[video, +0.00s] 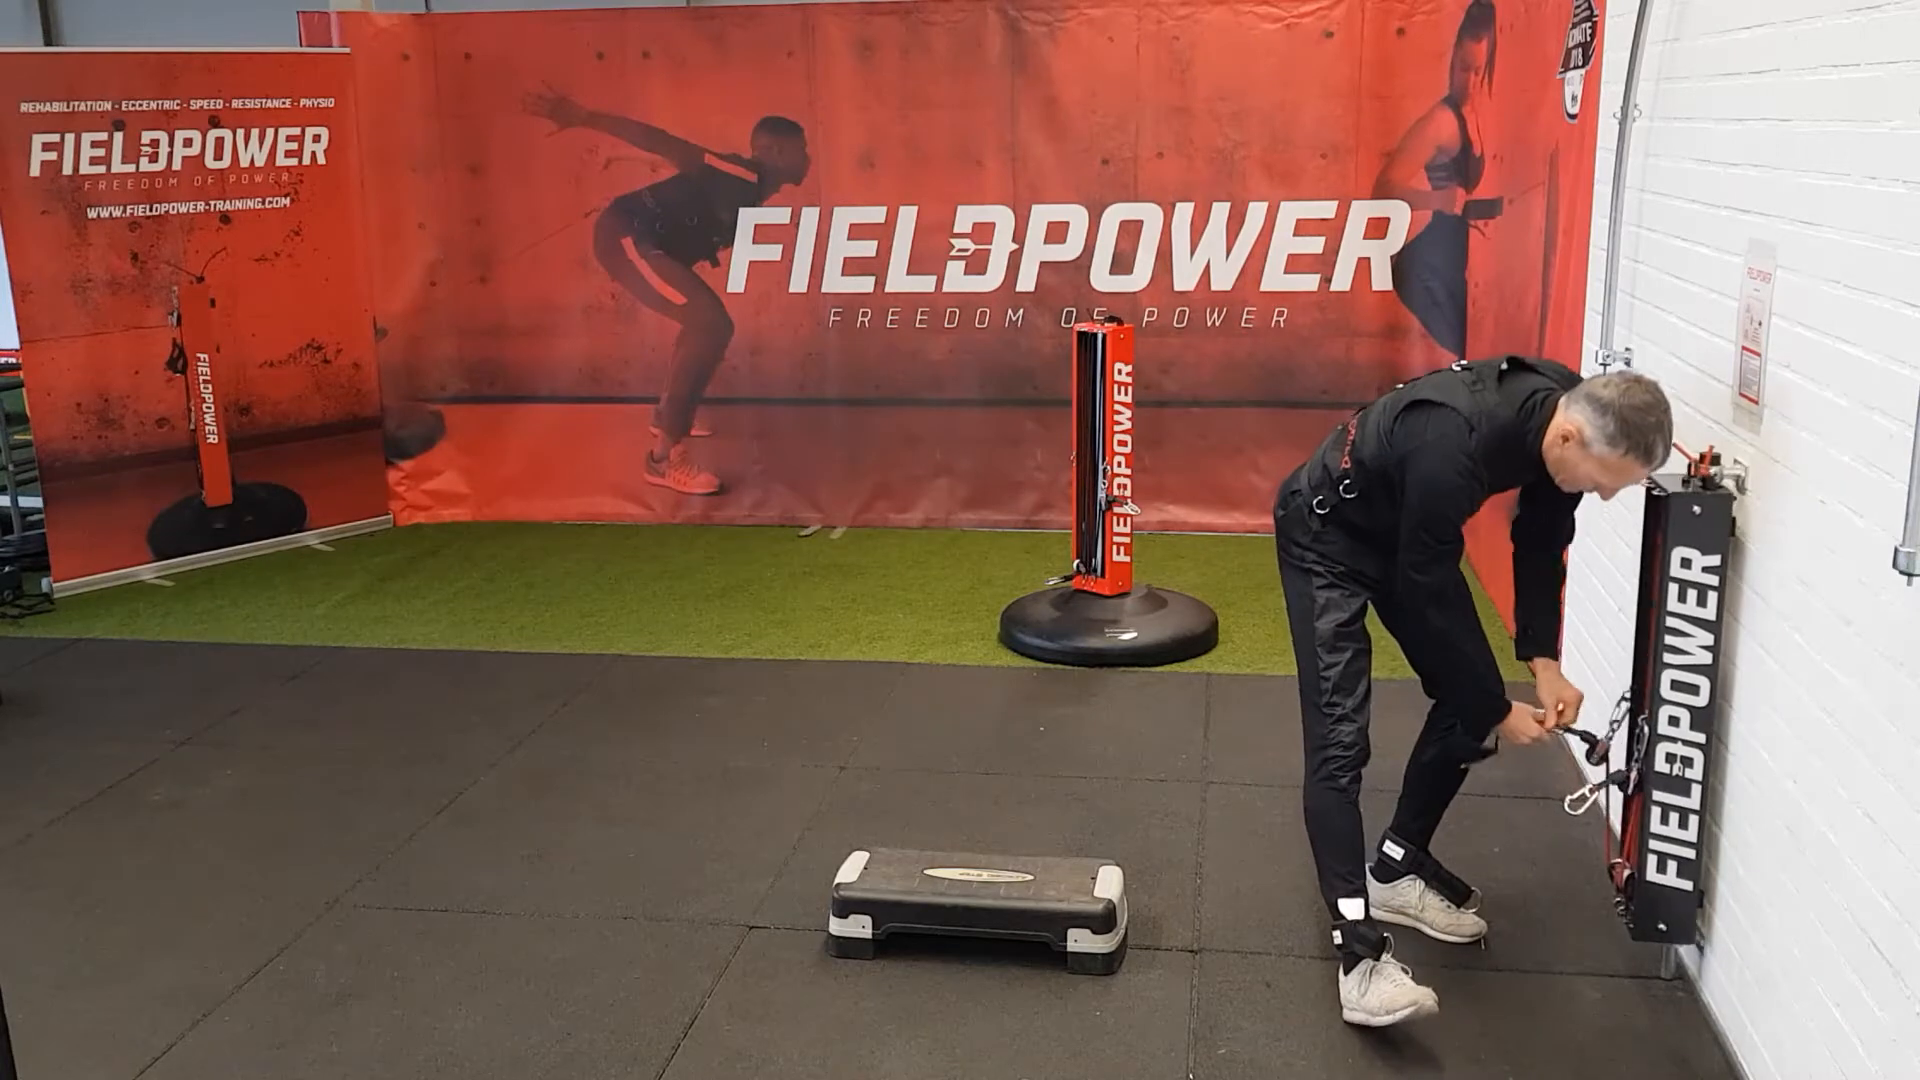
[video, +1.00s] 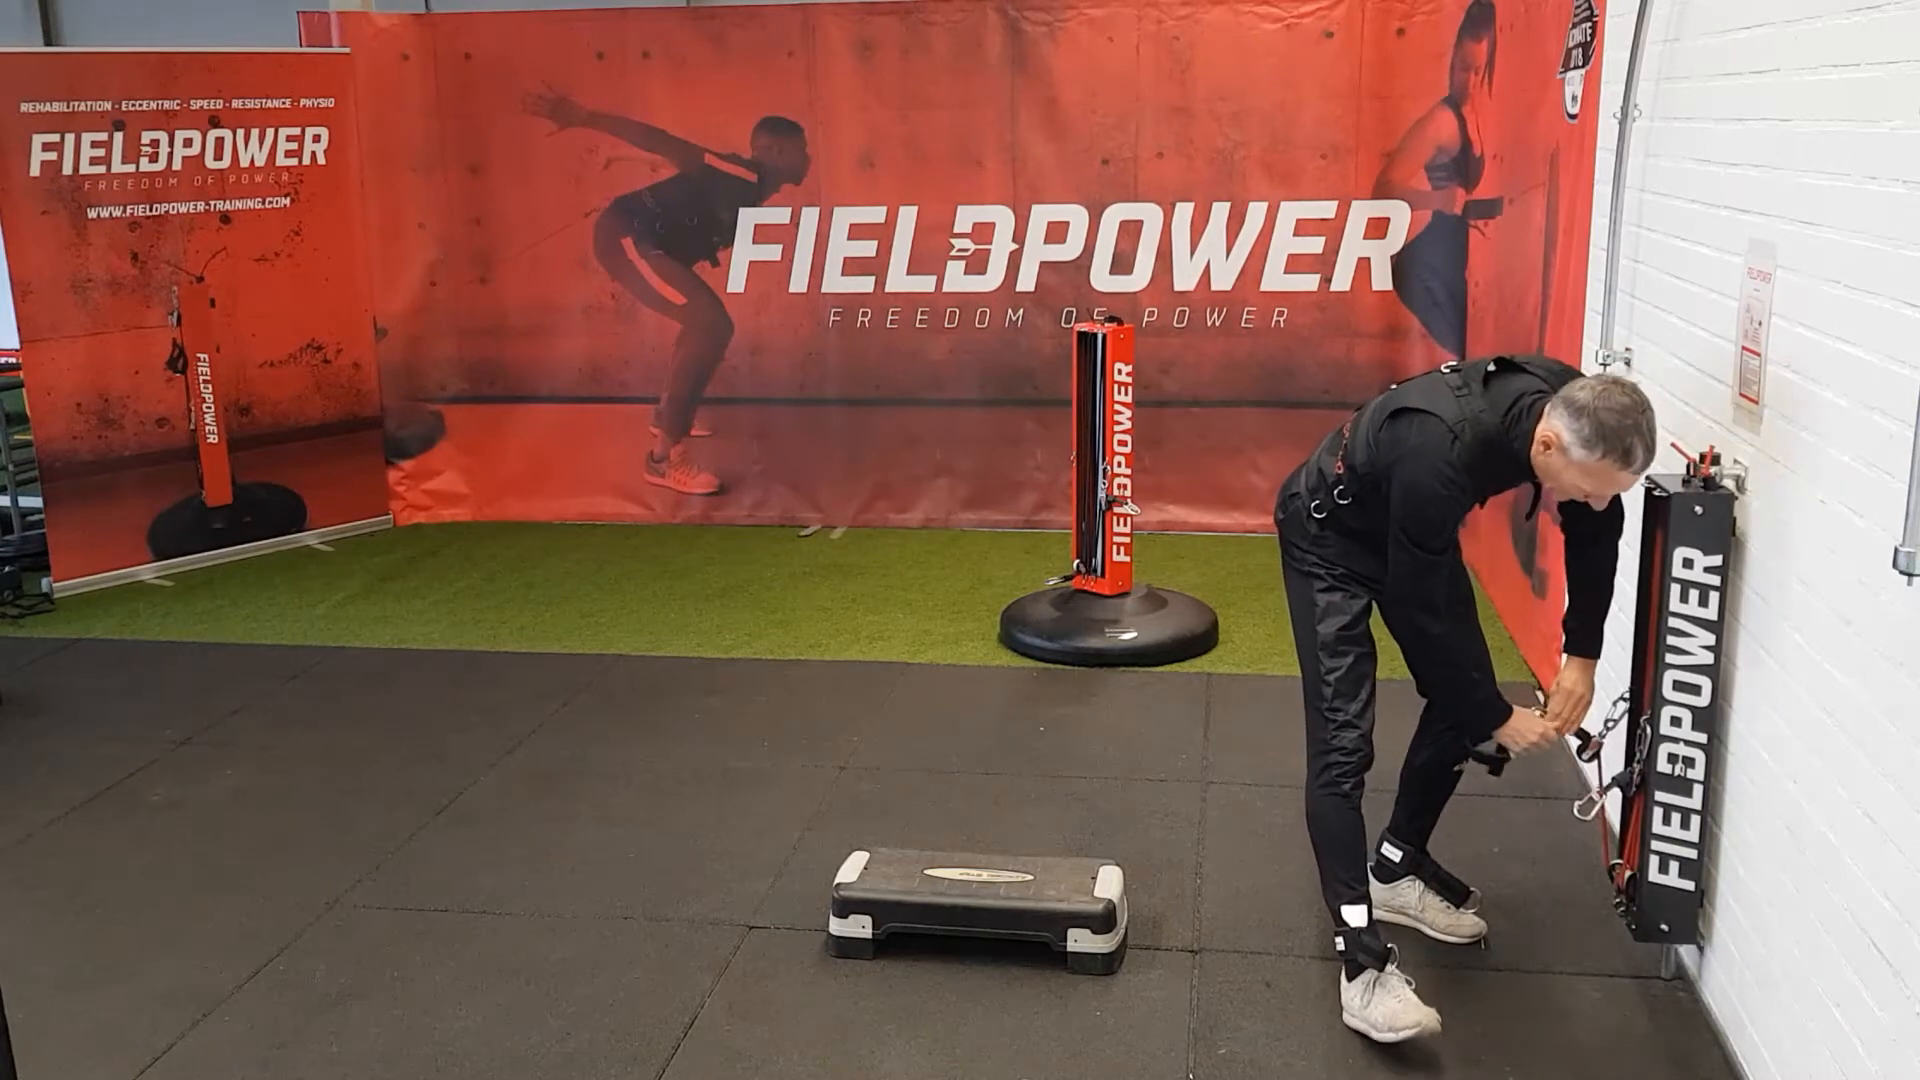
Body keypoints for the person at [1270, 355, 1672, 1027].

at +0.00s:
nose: (1602, 495)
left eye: (1615, 486)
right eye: (1602, 481)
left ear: (1575, 423)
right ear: (1566, 432)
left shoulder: (1566, 412)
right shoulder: (1450, 445)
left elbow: (1540, 540)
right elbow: (1427, 583)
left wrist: (1544, 662)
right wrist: (1497, 711)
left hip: (1405, 537)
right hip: (1326, 524)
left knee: (1474, 699)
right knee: (1339, 740)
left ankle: (1396, 865)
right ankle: (1358, 953)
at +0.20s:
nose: (1595, 475)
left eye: (1610, 467)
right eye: (1594, 459)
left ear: (1577, 401)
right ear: (1564, 411)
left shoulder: (1569, 393)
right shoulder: (1449, 431)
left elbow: (1565, 519)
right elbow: (1420, 580)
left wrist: (1558, 644)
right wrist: (1489, 703)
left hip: (1417, 537)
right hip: (1332, 527)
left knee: (1473, 699)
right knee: (1340, 737)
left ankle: (1397, 864)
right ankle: (1355, 951)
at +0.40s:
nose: (1595, 475)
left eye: (1608, 465)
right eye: (1591, 459)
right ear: (1554, 411)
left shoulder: (1570, 389)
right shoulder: (1446, 435)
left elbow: (1590, 520)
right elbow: (1416, 581)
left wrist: (1573, 655)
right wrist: (1493, 703)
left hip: (1422, 535)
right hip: (1336, 530)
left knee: (1473, 702)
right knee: (1344, 737)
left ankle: (1398, 863)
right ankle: (1357, 954)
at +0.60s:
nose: (1599, 483)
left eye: (1610, 473)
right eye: (1592, 468)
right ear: (1549, 425)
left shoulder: (1570, 397)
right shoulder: (1438, 443)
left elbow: (1594, 531)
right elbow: (1413, 589)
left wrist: (1577, 661)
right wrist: (1489, 706)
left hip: (1427, 533)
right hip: (1336, 531)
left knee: (1472, 700)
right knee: (1347, 736)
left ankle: (1398, 863)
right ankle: (1357, 953)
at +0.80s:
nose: (1594, 497)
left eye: (1607, 487)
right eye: (1587, 484)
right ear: (1548, 440)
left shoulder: (1569, 403)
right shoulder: (1436, 450)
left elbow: (1592, 533)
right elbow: (1407, 597)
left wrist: (1579, 662)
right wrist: (1482, 709)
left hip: (1425, 532)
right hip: (1334, 530)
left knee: (1469, 700)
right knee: (1344, 737)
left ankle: (1397, 863)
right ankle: (1357, 955)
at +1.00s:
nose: (1593, 504)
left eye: (1607, 493)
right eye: (1586, 489)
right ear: (1547, 443)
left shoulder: (1569, 405)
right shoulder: (1435, 458)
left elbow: (1593, 530)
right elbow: (1424, 612)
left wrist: (1580, 657)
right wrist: (1495, 718)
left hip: (1419, 535)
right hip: (1331, 531)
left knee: (1467, 703)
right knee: (1344, 743)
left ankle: (1396, 868)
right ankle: (1360, 958)